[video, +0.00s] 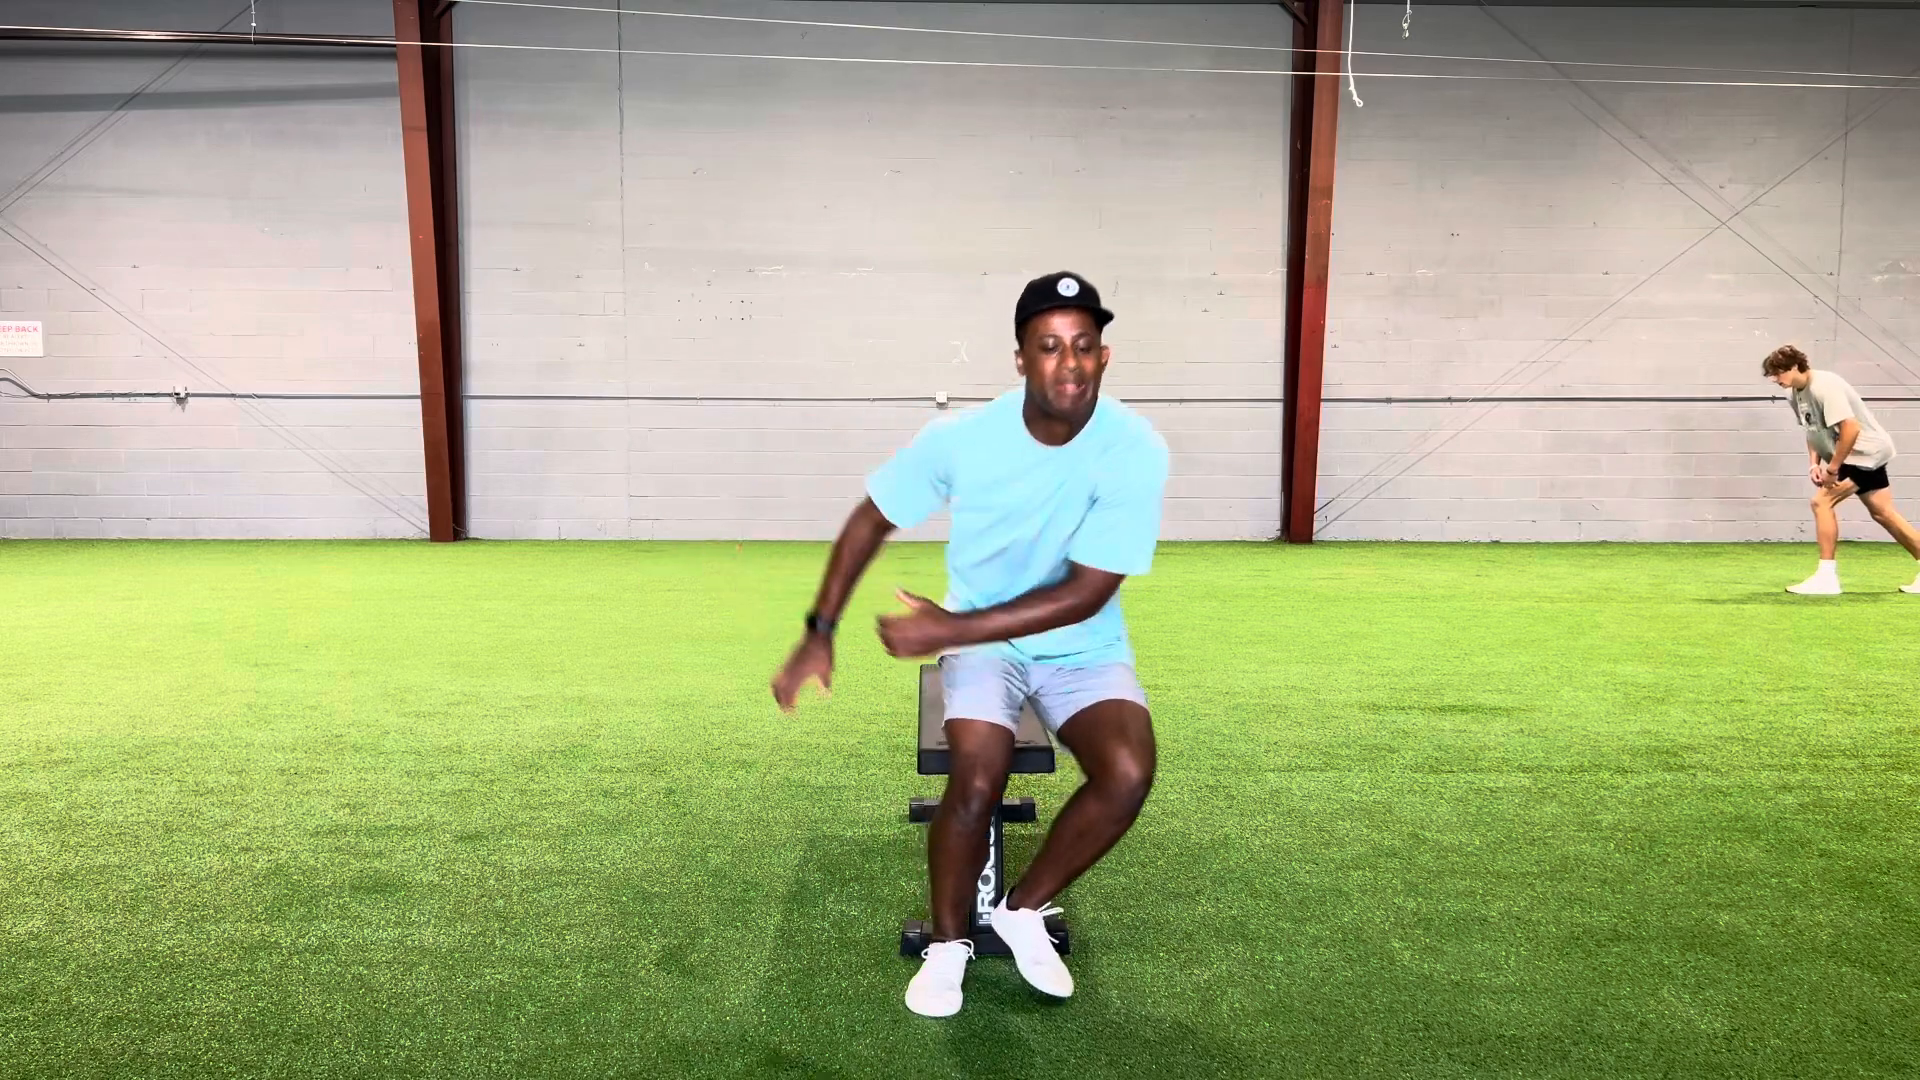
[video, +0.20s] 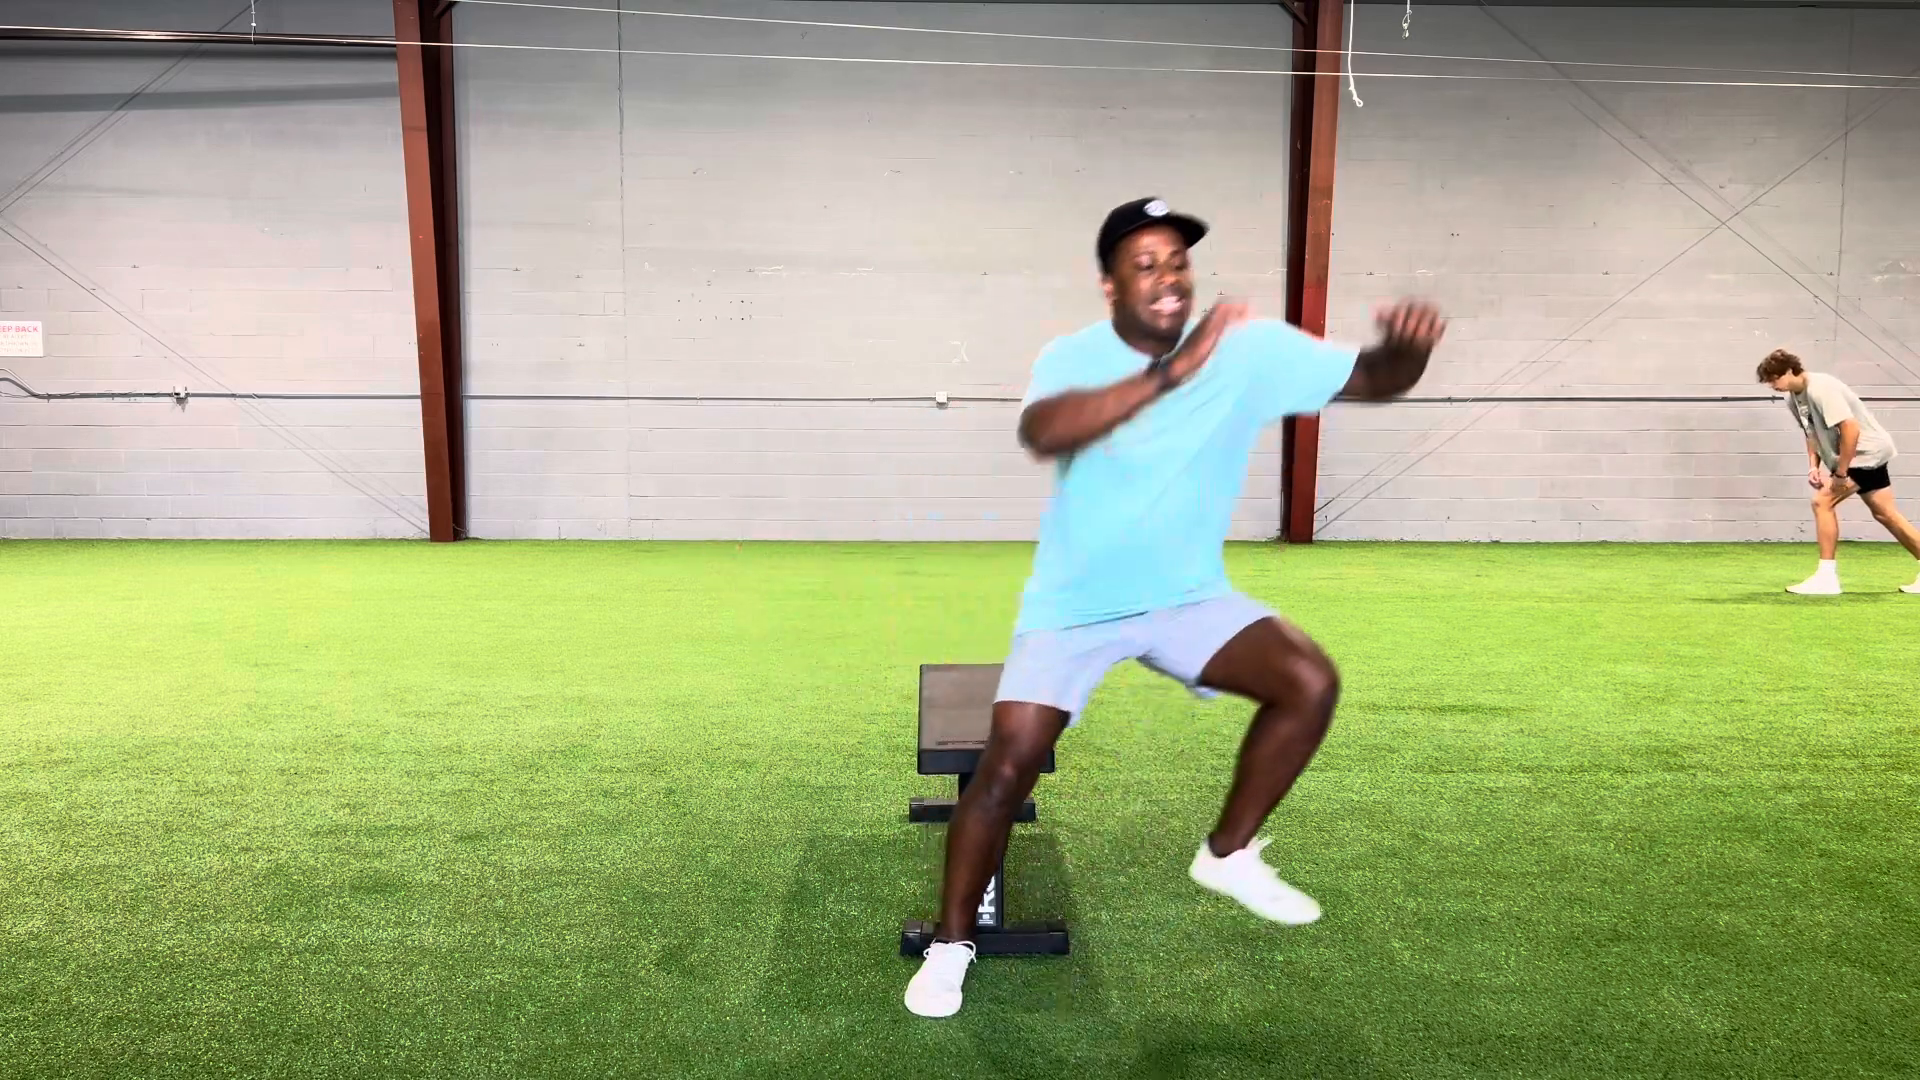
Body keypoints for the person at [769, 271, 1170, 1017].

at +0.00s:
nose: (1071, 365)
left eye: (1085, 346)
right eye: (1050, 347)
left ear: (1104, 356)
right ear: (1021, 359)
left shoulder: (1134, 451)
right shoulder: (962, 440)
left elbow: (1087, 593)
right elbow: (871, 518)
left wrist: (954, 627)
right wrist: (819, 631)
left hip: (1083, 641)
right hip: (982, 637)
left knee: (1127, 773)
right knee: (976, 778)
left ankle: (1022, 909)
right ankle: (948, 944)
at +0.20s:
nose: (1166, 281)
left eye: (1178, 266)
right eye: (1146, 269)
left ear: (1196, 274)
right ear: (1109, 284)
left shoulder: (1250, 348)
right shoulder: (1074, 357)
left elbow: (1371, 378)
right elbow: (1041, 434)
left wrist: (1406, 351)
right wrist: (1164, 373)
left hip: (1189, 599)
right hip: (1070, 606)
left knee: (1311, 682)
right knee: (1008, 762)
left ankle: (1228, 851)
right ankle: (950, 942)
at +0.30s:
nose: (1273, 206)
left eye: (1284, 191)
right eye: (1251, 193)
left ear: (1299, 203)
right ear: (1208, 211)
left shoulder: (1339, 272)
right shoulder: (1172, 271)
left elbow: (1456, 271)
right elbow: (1142, 323)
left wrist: (1520, 234)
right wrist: (1285, 269)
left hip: (1283, 547)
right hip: (1163, 556)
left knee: (1432, 657)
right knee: (1071, 727)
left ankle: (1340, 807)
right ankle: (980, 915)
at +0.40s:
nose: (1365, 169)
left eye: (1373, 154)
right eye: (1343, 155)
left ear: (1383, 167)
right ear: (1298, 171)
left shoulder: (1419, 247)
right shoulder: (1258, 250)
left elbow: (1534, 284)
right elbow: (1248, 342)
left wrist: (1648, 288)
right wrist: (1393, 308)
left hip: (1382, 520)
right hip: (1262, 519)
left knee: (1512, 673)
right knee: (1164, 688)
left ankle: (1491, 835)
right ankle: (1064, 842)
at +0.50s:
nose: (1466, 194)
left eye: (1472, 178)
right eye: (1445, 178)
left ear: (1478, 187)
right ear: (1395, 191)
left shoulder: (1508, 272)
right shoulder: (1351, 279)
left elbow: (1580, 363)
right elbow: (1353, 414)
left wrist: (1668, 412)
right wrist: (1503, 395)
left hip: (1472, 540)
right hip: (1354, 533)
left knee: (1560, 717)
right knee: (1265, 702)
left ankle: (1624, 901)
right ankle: (1204, 794)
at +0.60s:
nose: (1569, 254)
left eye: (1573, 237)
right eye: (1546, 239)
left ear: (1580, 244)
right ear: (1496, 253)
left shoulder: (1593, 338)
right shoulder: (1451, 354)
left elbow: (1580, 434)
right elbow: (1458, 504)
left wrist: (1626, 537)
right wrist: (1612, 506)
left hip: (1548, 586)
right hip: (1439, 581)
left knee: (1634, 759)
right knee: (1401, 753)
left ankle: (1635, 928)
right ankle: (1364, 803)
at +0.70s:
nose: (1656, 288)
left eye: (1662, 270)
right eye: (1634, 272)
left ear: (1668, 279)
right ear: (1582, 288)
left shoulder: (1657, 379)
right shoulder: (1531, 383)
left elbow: (1598, 496)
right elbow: (1529, 534)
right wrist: (1657, 546)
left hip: (1580, 595)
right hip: (1479, 591)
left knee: (1660, 766)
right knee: (1519, 779)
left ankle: (1635, 927)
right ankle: (1475, 825)